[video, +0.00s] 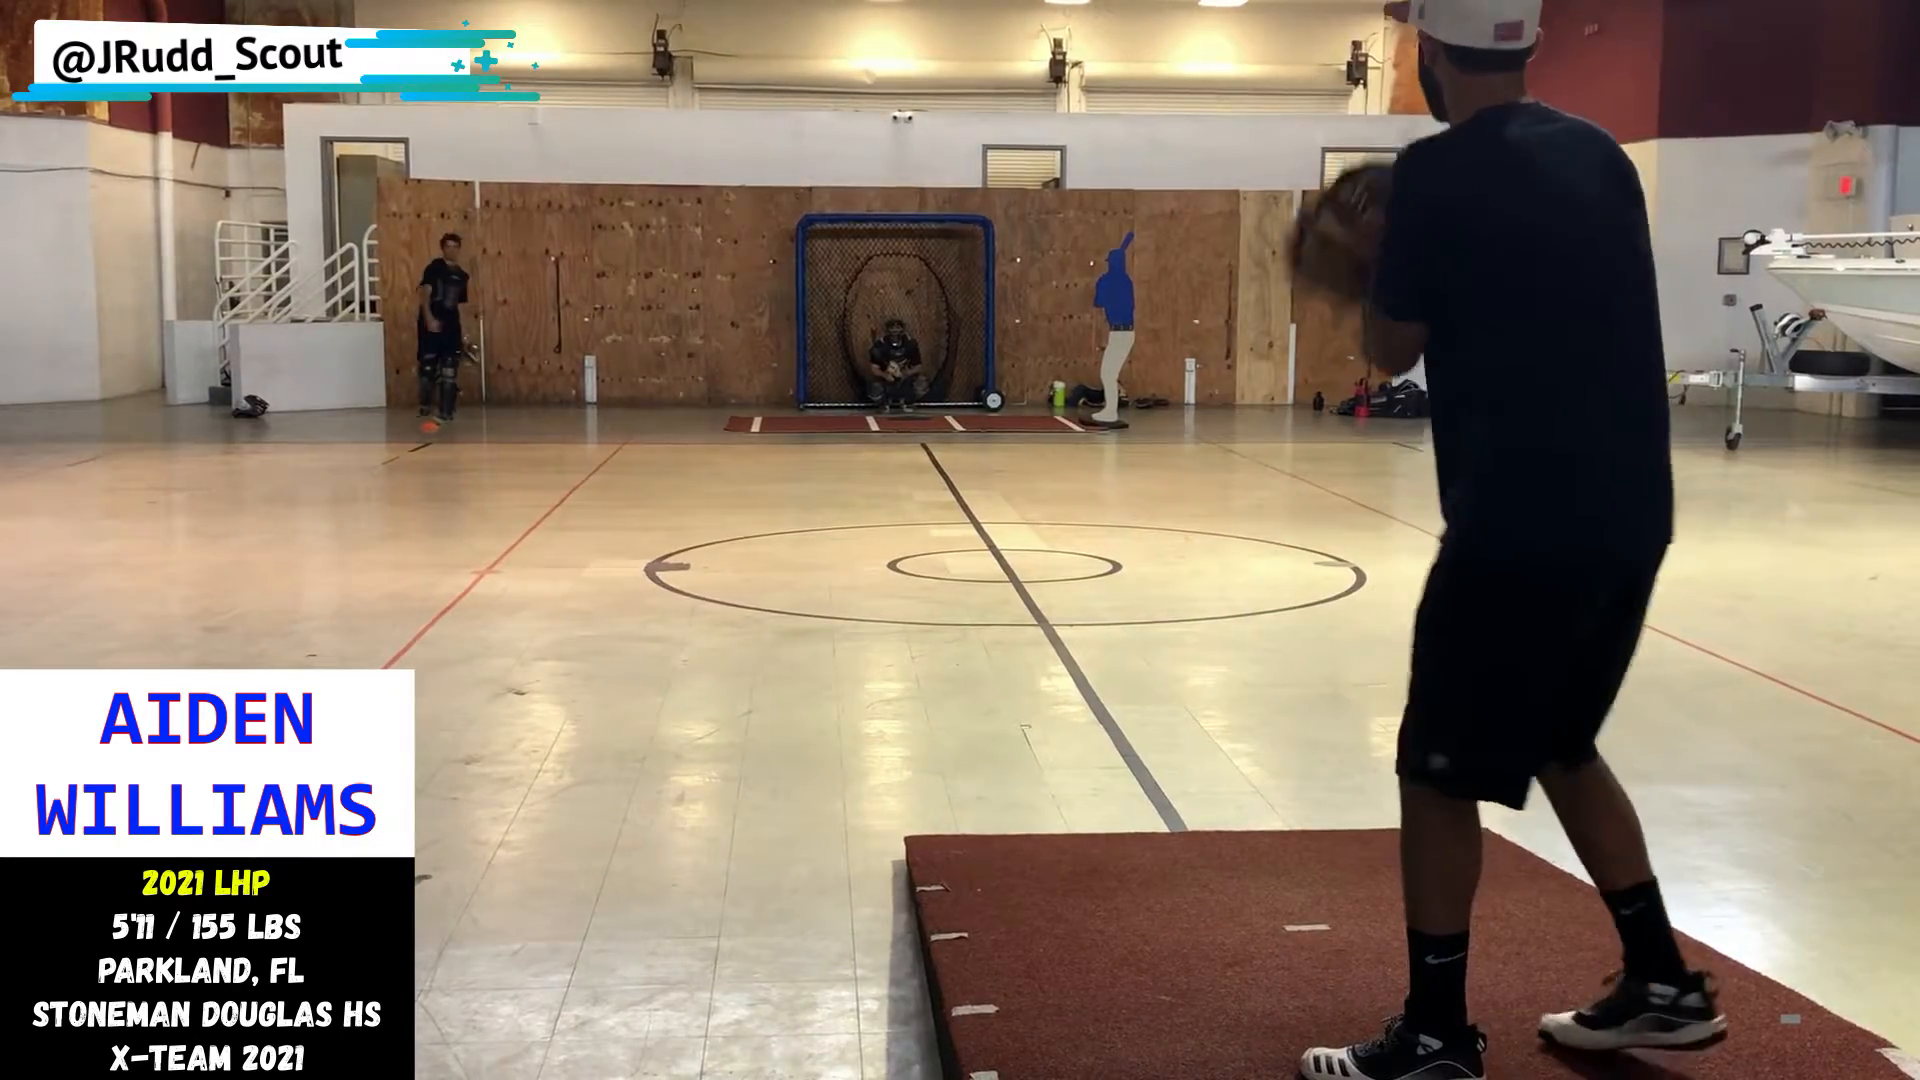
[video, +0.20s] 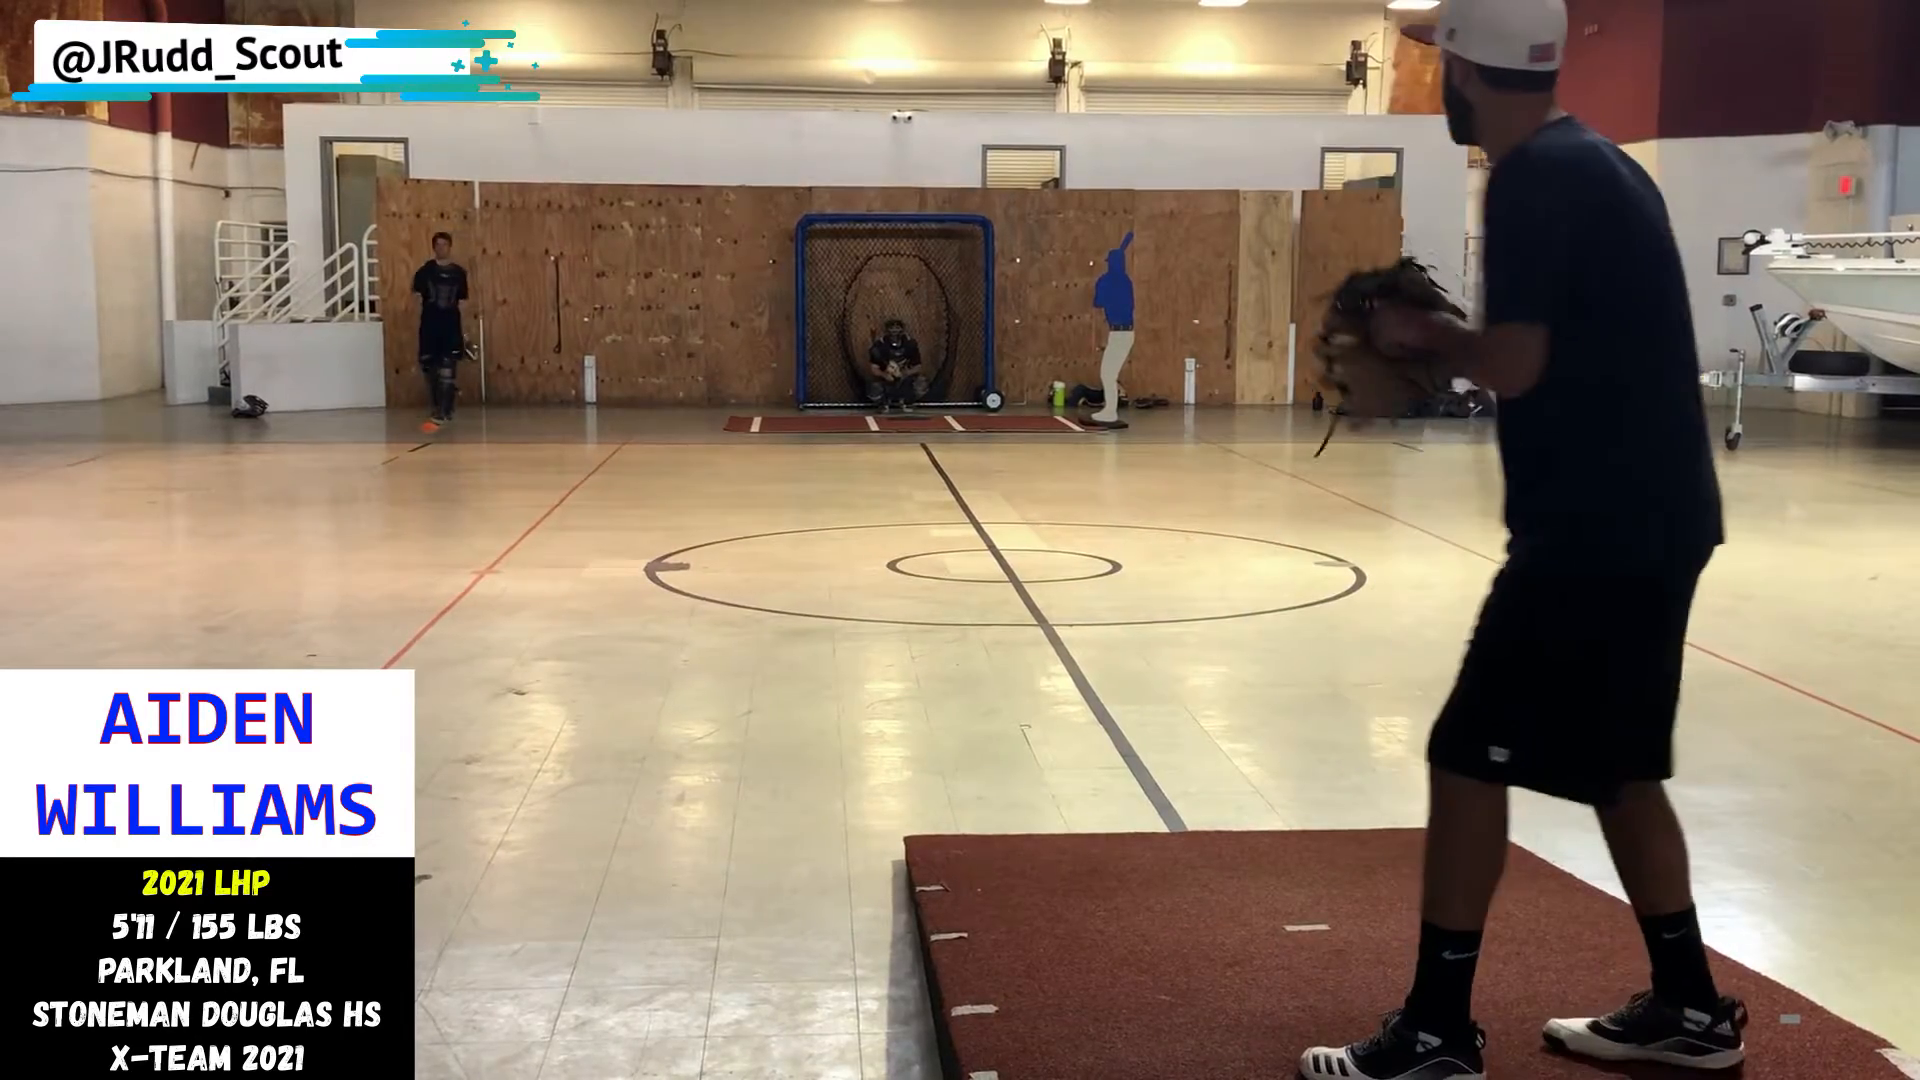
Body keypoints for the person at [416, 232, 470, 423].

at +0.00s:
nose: (451, 250)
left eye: (454, 246)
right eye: (448, 246)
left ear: (459, 249)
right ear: (442, 249)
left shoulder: (461, 275)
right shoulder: (434, 268)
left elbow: (458, 305)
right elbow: (425, 293)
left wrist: (460, 333)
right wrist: (429, 319)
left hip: (451, 323)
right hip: (431, 321)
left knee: (449, 366)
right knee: (428, 365)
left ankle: (447, 410)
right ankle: (426, 405)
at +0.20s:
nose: (441, 249)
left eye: (444, 245)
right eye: (438, 245)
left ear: (450, 247)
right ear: (433, 248)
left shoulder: (458, 272)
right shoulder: (425, 271)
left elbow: (461, 301)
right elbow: (417, 297)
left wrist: (462, 334)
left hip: (450, 325)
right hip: (429, 325)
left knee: (447, 366)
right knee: (429, 365)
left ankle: (444, 411)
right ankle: (437, 406)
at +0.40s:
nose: (432, 250)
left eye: (435, 246)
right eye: (428, 247)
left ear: (441, 248)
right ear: (424, 250)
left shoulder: (453, 270)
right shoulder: (423, 272)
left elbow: (461, 298)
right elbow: (416, 297)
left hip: (449, 321)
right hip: (430, 321)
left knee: (445, 363)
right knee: (427, 359)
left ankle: (444, 410)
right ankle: (437, 401)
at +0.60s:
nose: (428, 249)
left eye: (431, 245)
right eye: (425, 246)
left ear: (438, 246)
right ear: (422, 249)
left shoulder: (450, 266)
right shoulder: (424, 270)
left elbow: (462, 291)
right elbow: (419, 296)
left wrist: (471, 314)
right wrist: (407, 316)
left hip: (451, 318)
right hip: (433, 319)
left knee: (449, 362)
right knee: (433, 360)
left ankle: (449, 407)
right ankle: (439, 406)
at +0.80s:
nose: (432, 248)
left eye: (435, 244)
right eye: (429, 245)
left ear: (442, 245)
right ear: (426, 249)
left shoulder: (452, 265)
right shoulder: (428, 270)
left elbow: (459, 291)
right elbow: (419, 292)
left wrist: (457, 315)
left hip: (453, 315)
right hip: (436, 315)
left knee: (454, 361)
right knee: (436, 361)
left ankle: (464, 406)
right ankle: (441, 406)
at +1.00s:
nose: (442, 247)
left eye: (445, 243)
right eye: (439, 244)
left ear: (451, 245)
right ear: (435, 248)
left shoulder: (458, 266)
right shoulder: (435, 270)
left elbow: (459, 297)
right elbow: (422, 280)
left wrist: (446, 316)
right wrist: (439, 265)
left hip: (459, 319)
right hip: (440, 318)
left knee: (464, 363)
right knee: (439, 363)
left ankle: (472, 406)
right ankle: (442, 407)